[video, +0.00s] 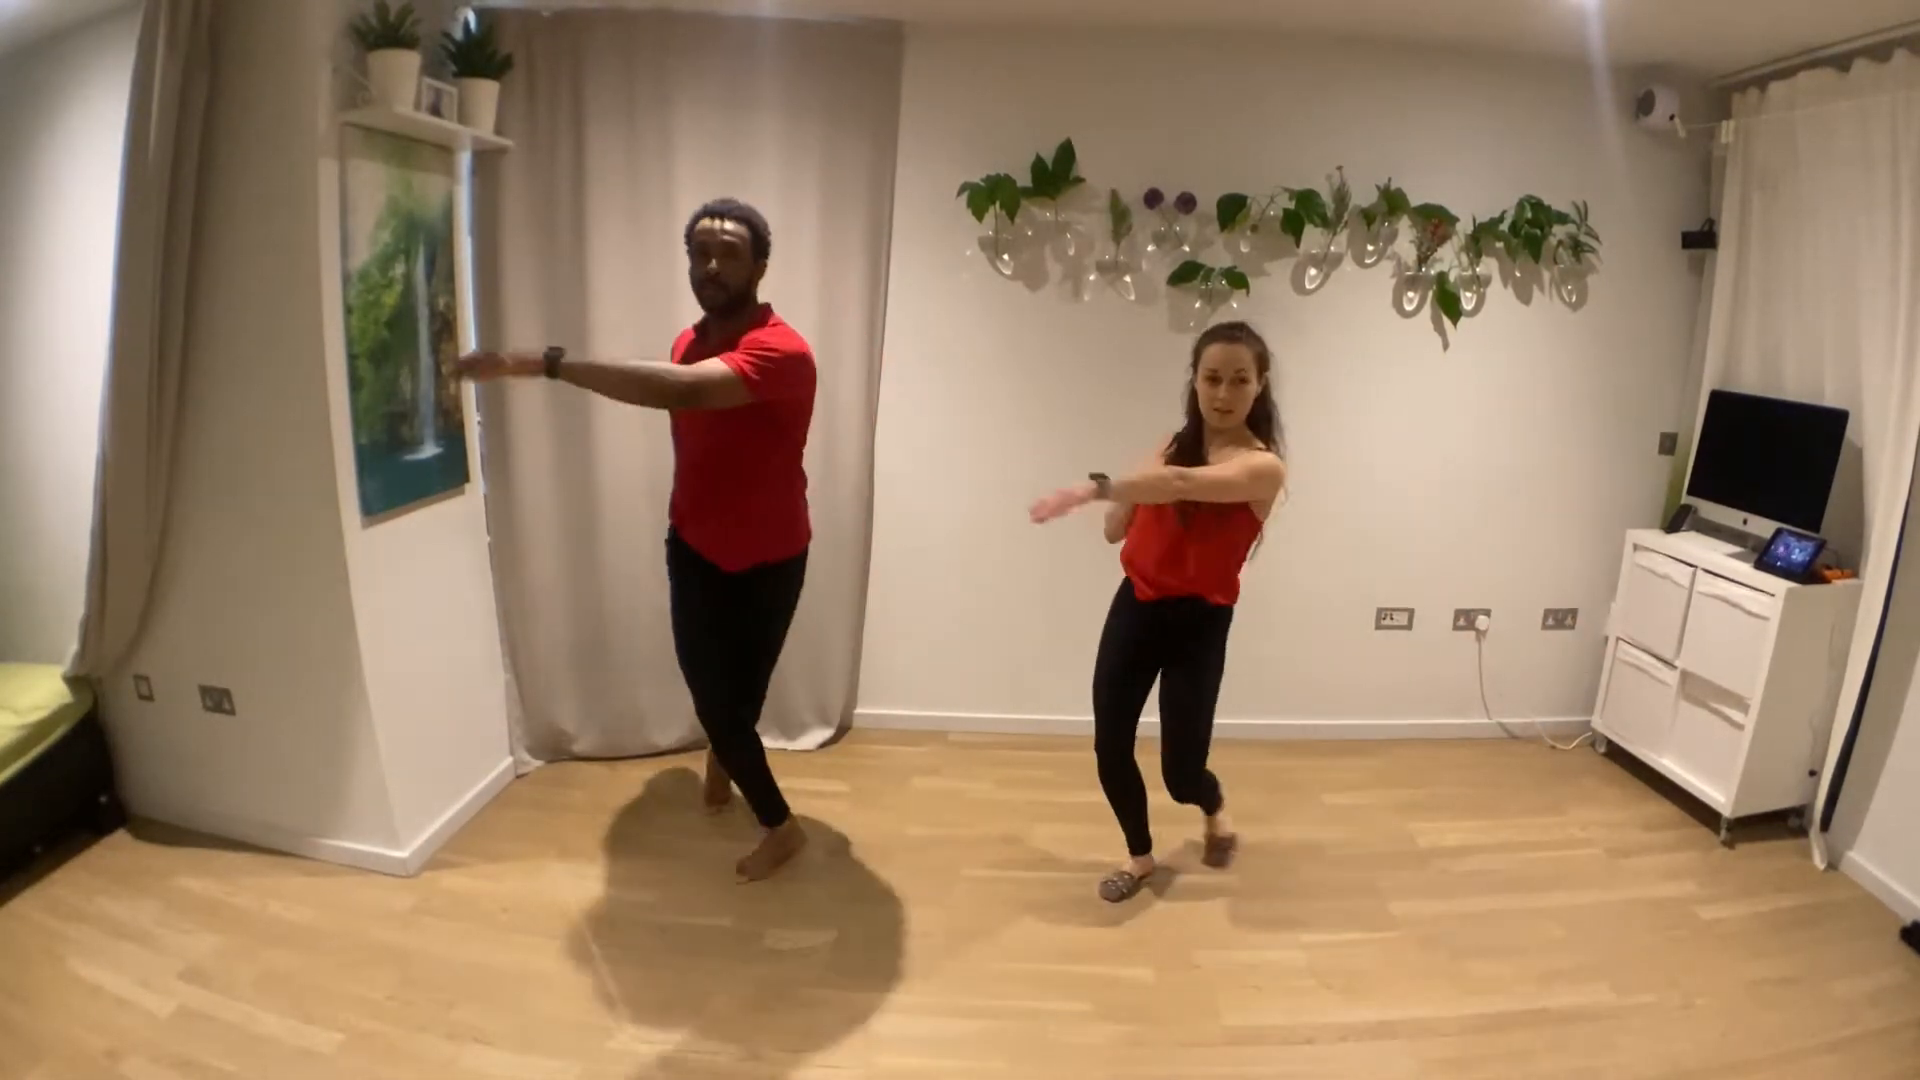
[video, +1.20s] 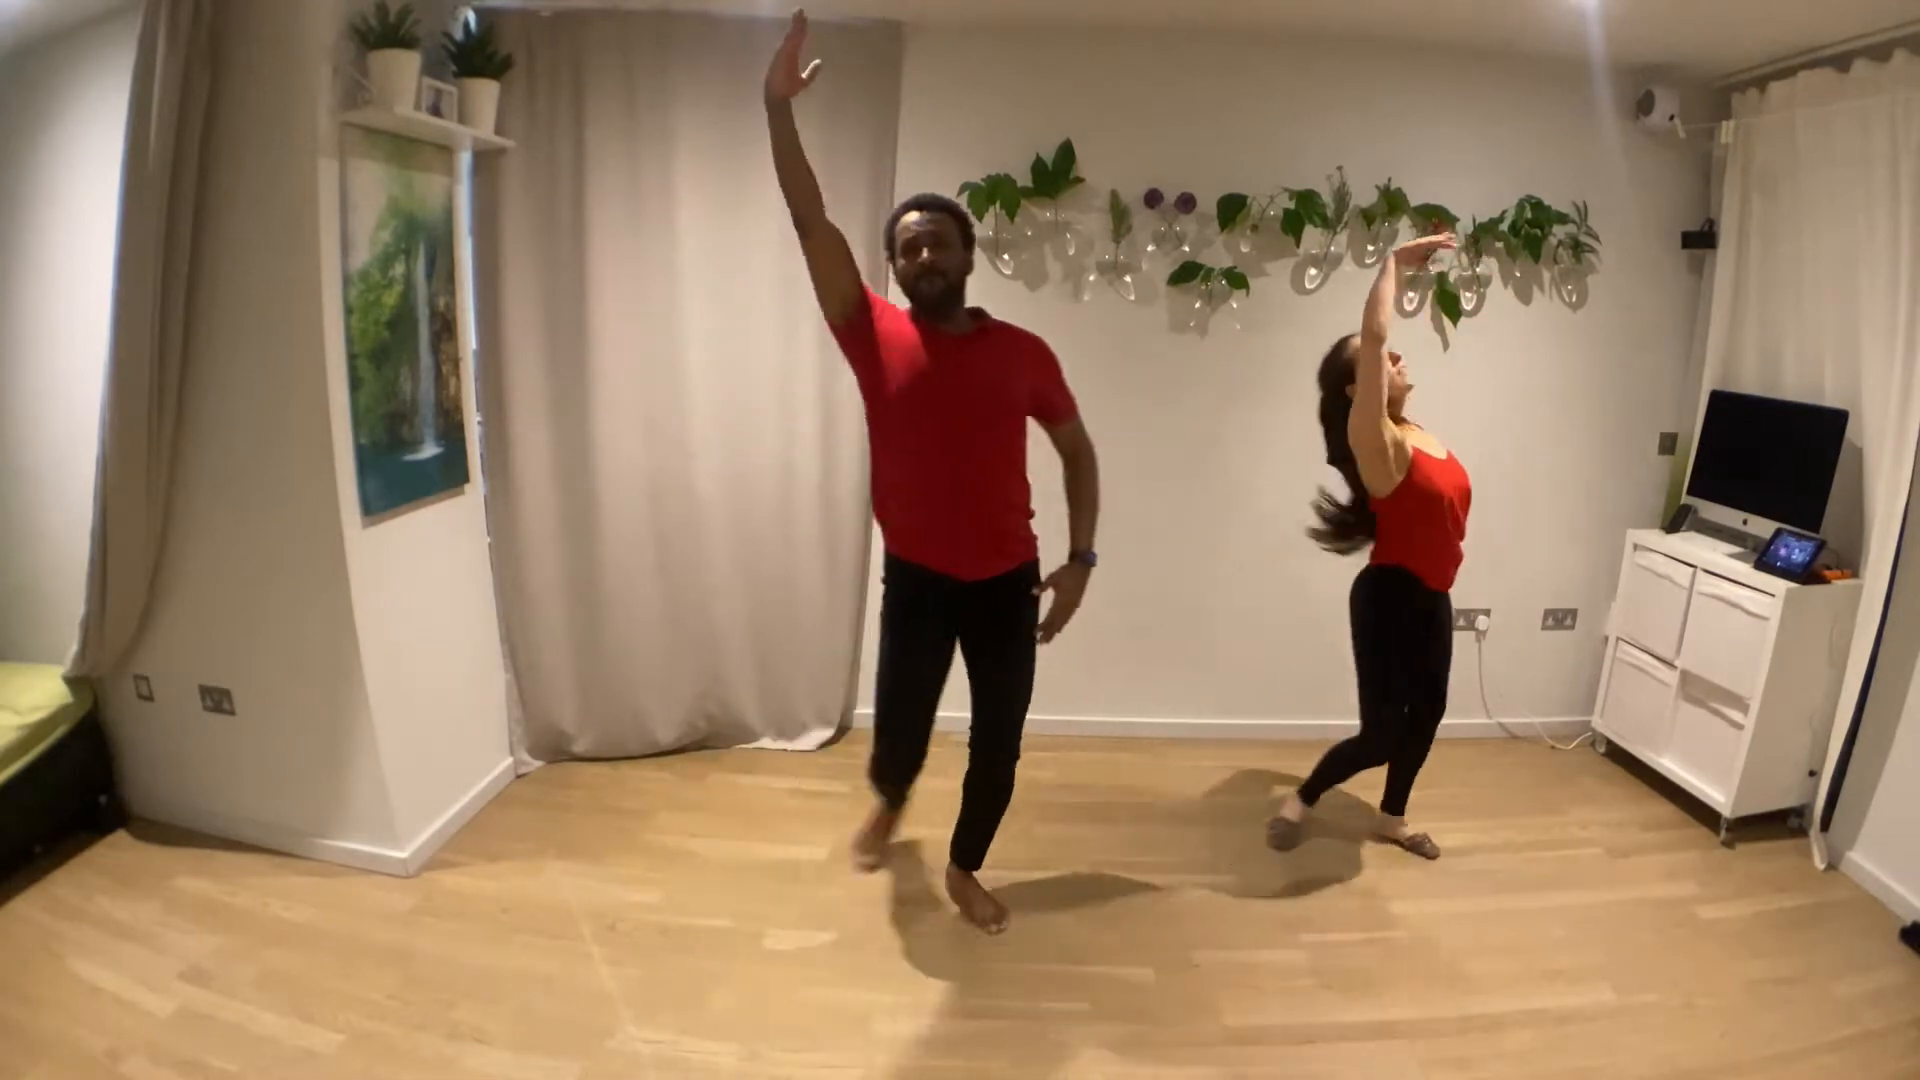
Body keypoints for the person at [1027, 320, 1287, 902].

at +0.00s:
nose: (1223, 394)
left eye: (1239, 381)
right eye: (1212, 379)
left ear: (1260, 387)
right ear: (1195, 382)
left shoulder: (1264, 468)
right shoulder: (1172, 451)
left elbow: (1185, 485)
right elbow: (1115, 531)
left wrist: (1093, 487)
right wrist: (1130, 491)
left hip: (1199, 623)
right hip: (1136, 611)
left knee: (1182, 777)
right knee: (1111, 754)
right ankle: (1141, 859)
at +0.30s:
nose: (1203, 376)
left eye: (1218, 364)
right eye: (1191, 362)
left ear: (1237, 370)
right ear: (1173, 366)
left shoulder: (1242, 456)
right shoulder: (1149, 415)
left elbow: (1174, 485)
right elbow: (1076, 442)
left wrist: (1154, 430)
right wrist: (1105, 436)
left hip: (1213, 605)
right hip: (1146, 601)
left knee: (1190, 743)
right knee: (1103, 746)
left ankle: (1154, 810)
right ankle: (1122, 841)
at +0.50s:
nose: (1206, 375)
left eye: (1218, 364)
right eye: (1192, 362)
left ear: (1229, 375)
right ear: (1165, 370)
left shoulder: (1245, 458)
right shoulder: (1131, 443)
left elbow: (1243, 562)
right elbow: (1074, 479)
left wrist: (1177, 519)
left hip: (1213, 609)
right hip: (1148, 603)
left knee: (1204, 745)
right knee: (1128, 741)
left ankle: (1153, 806)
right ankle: (1090, 832)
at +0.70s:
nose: (1211, 370)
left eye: (1207, 360)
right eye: (1193, 369)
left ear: (1216, 365)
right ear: (1166, 398)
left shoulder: (1261, 423)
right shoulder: (1178, 489)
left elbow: (1292, 479)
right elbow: (1240, 589)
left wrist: (1292, 530)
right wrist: (1317, 645)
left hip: (1242, 601)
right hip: (1183, 607)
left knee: (1305, 719)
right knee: (1152, 742)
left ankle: (1312, 828)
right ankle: (1085, 827)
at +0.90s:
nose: (1285, 369)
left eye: (1278, 362)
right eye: (1269, 370)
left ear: (1281, 386)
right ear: (1251, 407)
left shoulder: (1313, 430)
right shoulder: (1296, 459)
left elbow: (1388, 398)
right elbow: (1383, 398)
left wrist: (1453, 343)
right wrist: (1450, 341)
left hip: (1336, 603)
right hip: (1288, 602)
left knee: (1367, 713)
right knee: (1216, 724)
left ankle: (1388, 821)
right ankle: (1114, 819)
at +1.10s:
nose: (1364, 361)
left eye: (1358, 354)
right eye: (1349, 360)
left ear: (1361, 376)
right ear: (1329, 392)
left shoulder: (1385, 430)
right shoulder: (1358, 438)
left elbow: (1393, 338)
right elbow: (1391, 336)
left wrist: (1425, 266)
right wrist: (1418, 260)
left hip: (1406, 600)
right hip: (1363, 596)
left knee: (1410, 712)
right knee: (1327, 733)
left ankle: (1390, 820)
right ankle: (1229, 820)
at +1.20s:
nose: (1395, 358)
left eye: (1391, 352)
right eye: (1380, 356)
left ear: (1390, 377)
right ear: (1358, 386)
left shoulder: (1412, 434)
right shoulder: (1371, 438)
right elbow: (1376, 337)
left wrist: (1410, 265)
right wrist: (1393, 258)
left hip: (1430, 599)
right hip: (1387, 595)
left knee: (1427, 715)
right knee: (1384, 730)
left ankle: (1391, 818)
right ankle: (1300, 801)